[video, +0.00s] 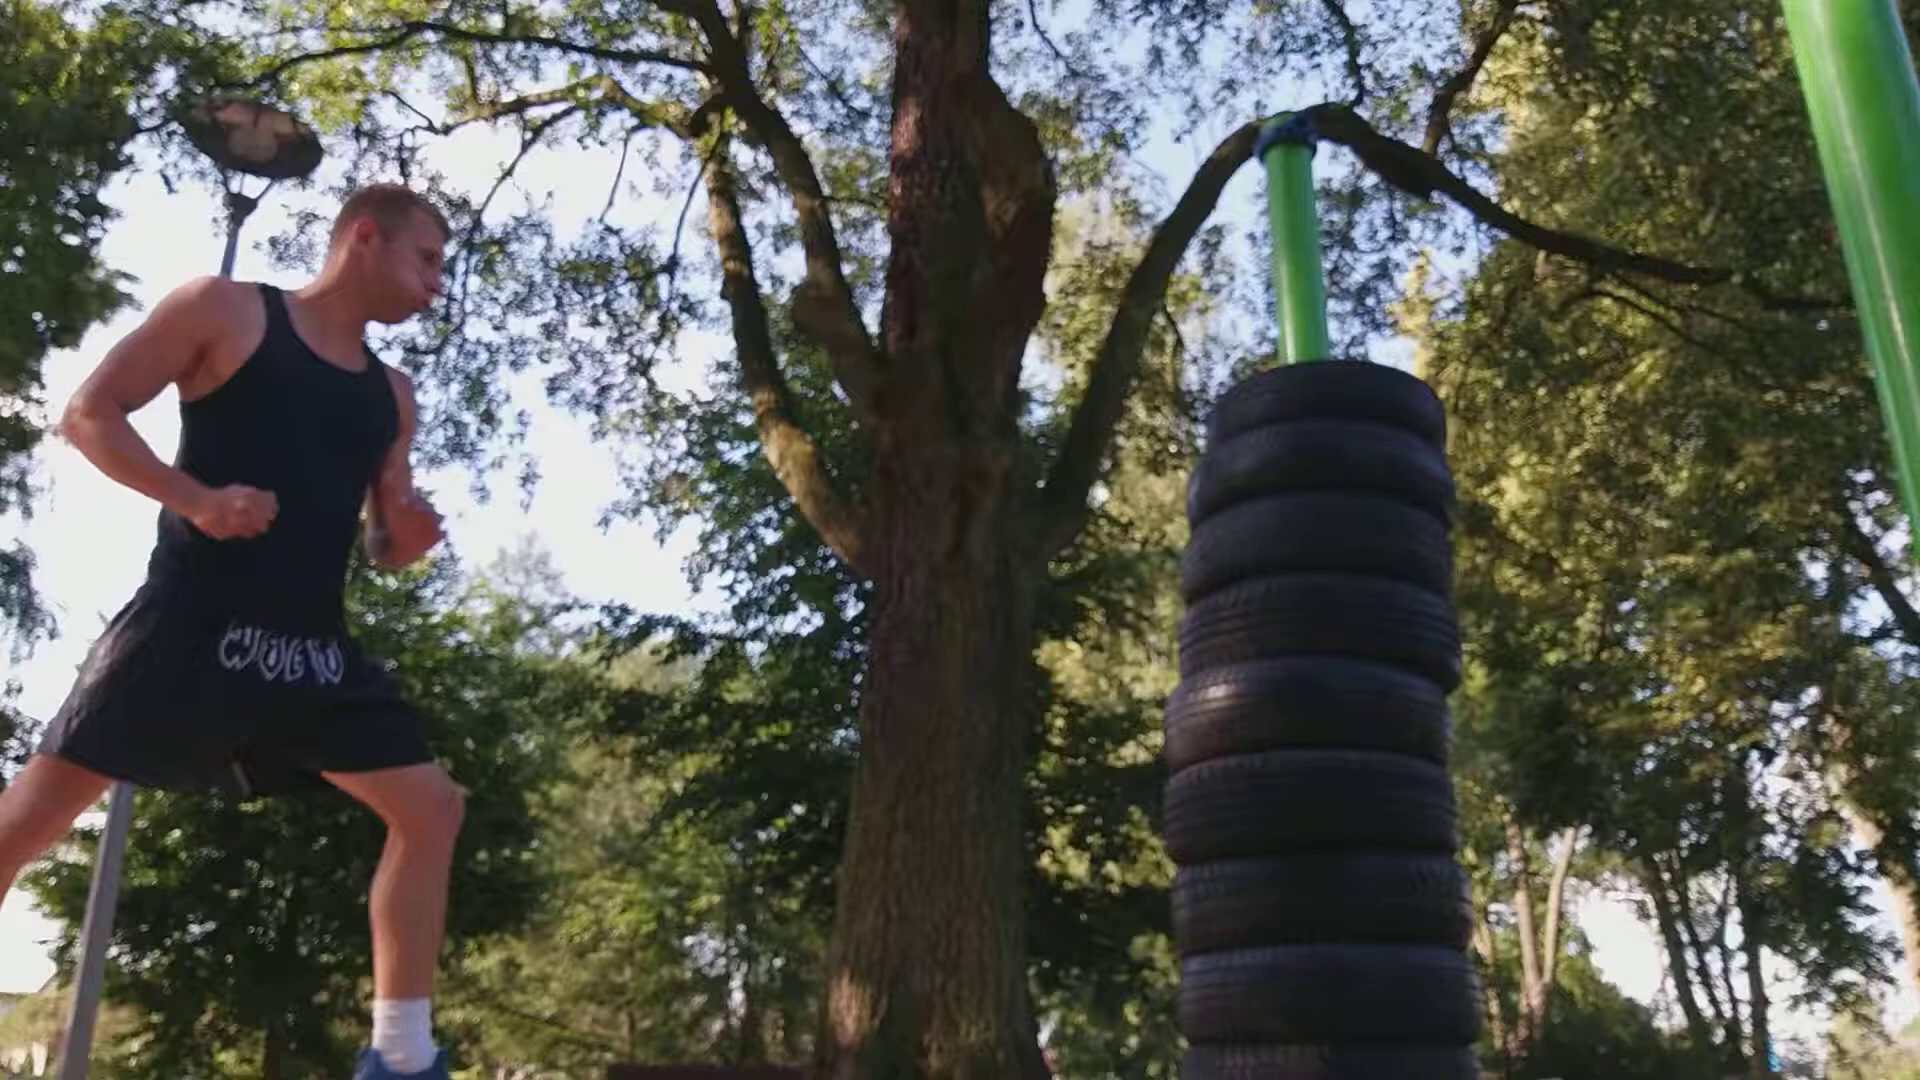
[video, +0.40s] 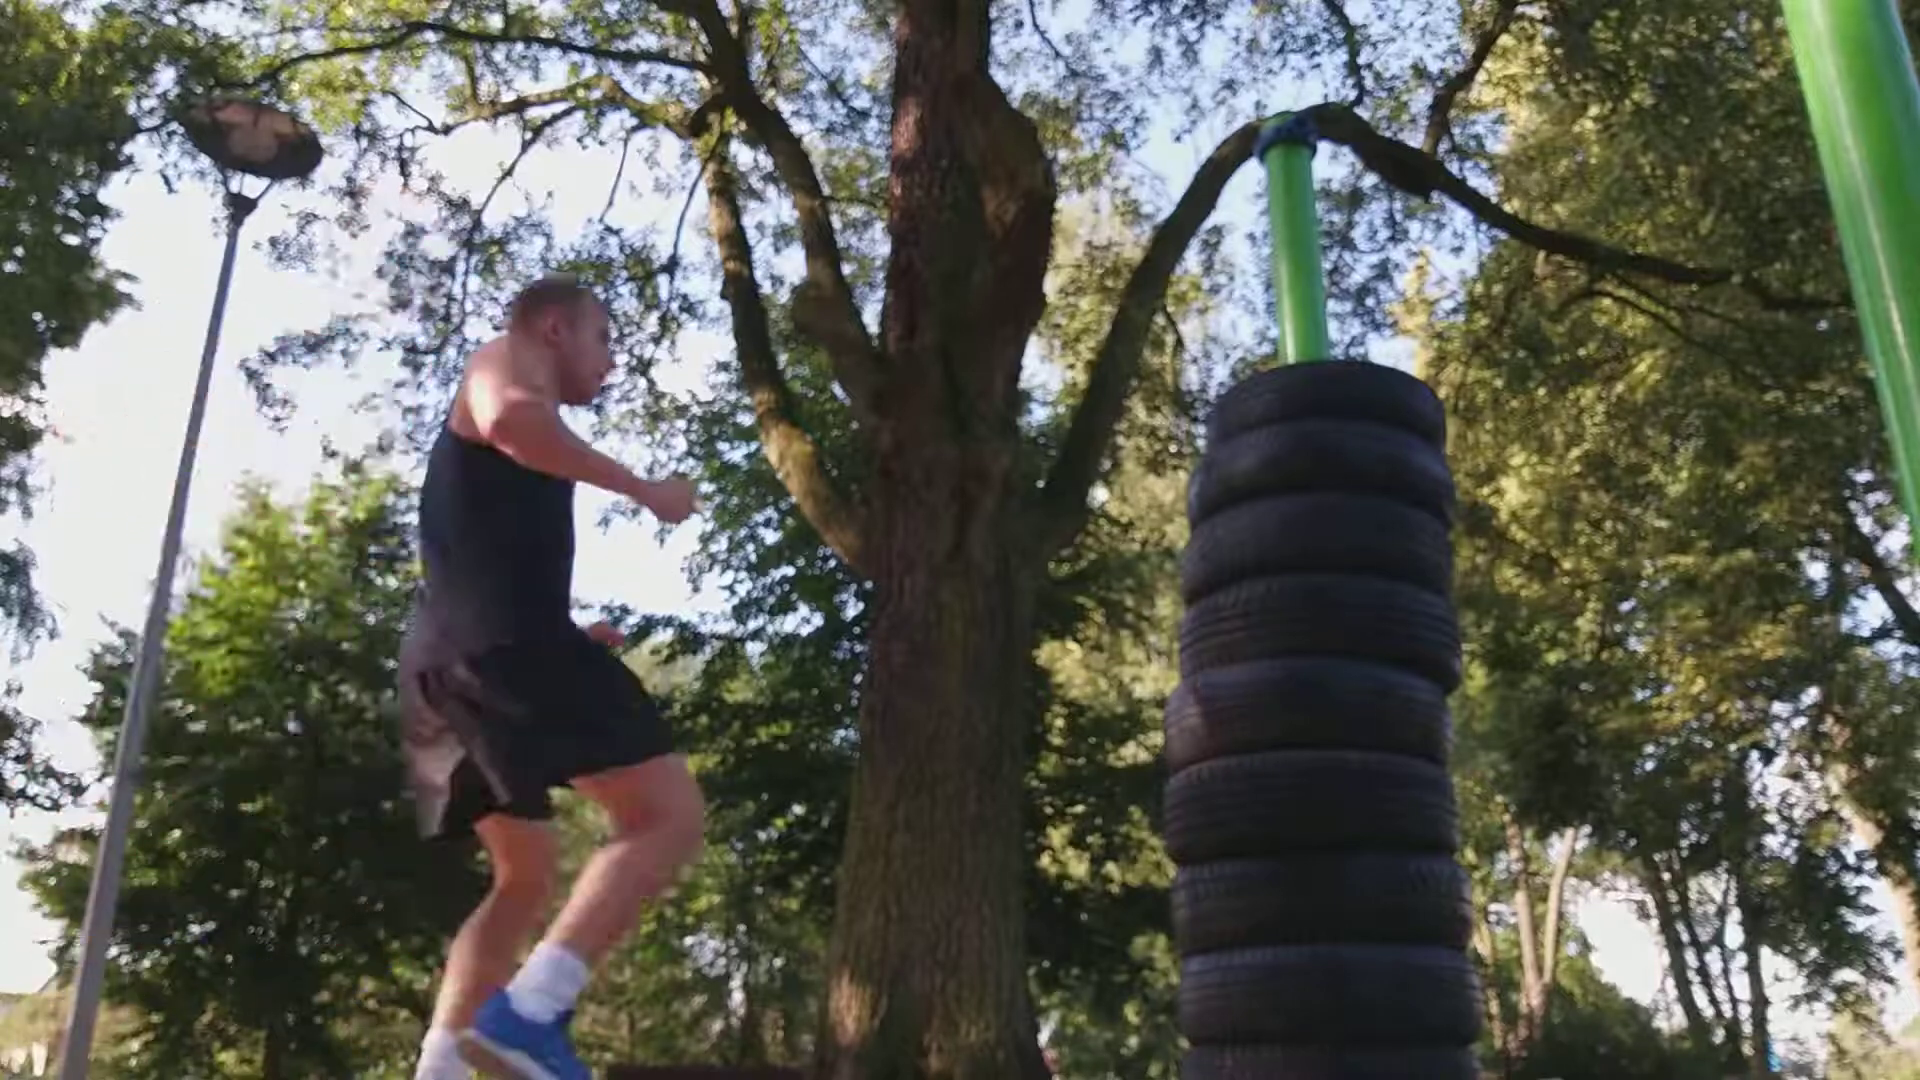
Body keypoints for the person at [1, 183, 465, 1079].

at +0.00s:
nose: (438, 283)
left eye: (443, 268)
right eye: (429, 257)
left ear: (369, 244)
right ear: (363, 235)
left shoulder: (390, 394)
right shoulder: (223, 307)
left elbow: (391, 546)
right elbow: (87, 415)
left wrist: (410, 535)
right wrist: (194, 497)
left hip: (311, 653)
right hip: (184, 633)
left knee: (430, 807)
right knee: (26, 818)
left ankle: (401, 1056)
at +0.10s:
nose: (463, 310)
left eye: (466, 293)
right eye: (454, 286)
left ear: (396, 275)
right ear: (391, 268)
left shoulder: (413, 425)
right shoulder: (249, 343)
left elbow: (411, 565)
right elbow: (125, 454)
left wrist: (449, 571)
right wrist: (203, 541)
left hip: (339, 680)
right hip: (216, 660)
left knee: (449, 837)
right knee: (67, 818)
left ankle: (436, 1067)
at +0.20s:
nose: (514, 335)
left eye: (517, 317)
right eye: (505, 311)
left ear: (450, 309)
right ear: (445, 302)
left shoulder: (450, 447)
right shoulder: (334, 368)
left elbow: (438, 590)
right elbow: (208, 472)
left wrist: (540, 580)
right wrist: (285, 558)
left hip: (411, 692)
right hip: (316, 674)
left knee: (500, 858)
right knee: (185, 849)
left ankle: (441, 1070)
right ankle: (4, 969)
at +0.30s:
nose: (567, 345)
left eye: (568, 329)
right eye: (557, 324)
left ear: (508, 326)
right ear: (502, 319)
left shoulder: (484, 437)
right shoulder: (425, 370)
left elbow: (485, 595)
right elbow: (326, 460)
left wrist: (592, 593)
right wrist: (446, 545)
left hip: (466, 663)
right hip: (419, 643)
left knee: (523, 872)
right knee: (475, 832)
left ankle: (443, 1069)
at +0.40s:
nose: (610, 361)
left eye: (611, 344)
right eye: (601, 339)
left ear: (539, 328)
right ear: (551, 327)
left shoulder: (487, 405)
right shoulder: (506, 356)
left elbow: (476, 572)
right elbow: (512, 421)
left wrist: (564, 636)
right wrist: (645, 489)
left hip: (440, 655)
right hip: (512, 644)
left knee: (525, 877)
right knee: (668, 820)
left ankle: (441, 1065)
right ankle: (533, 1008)